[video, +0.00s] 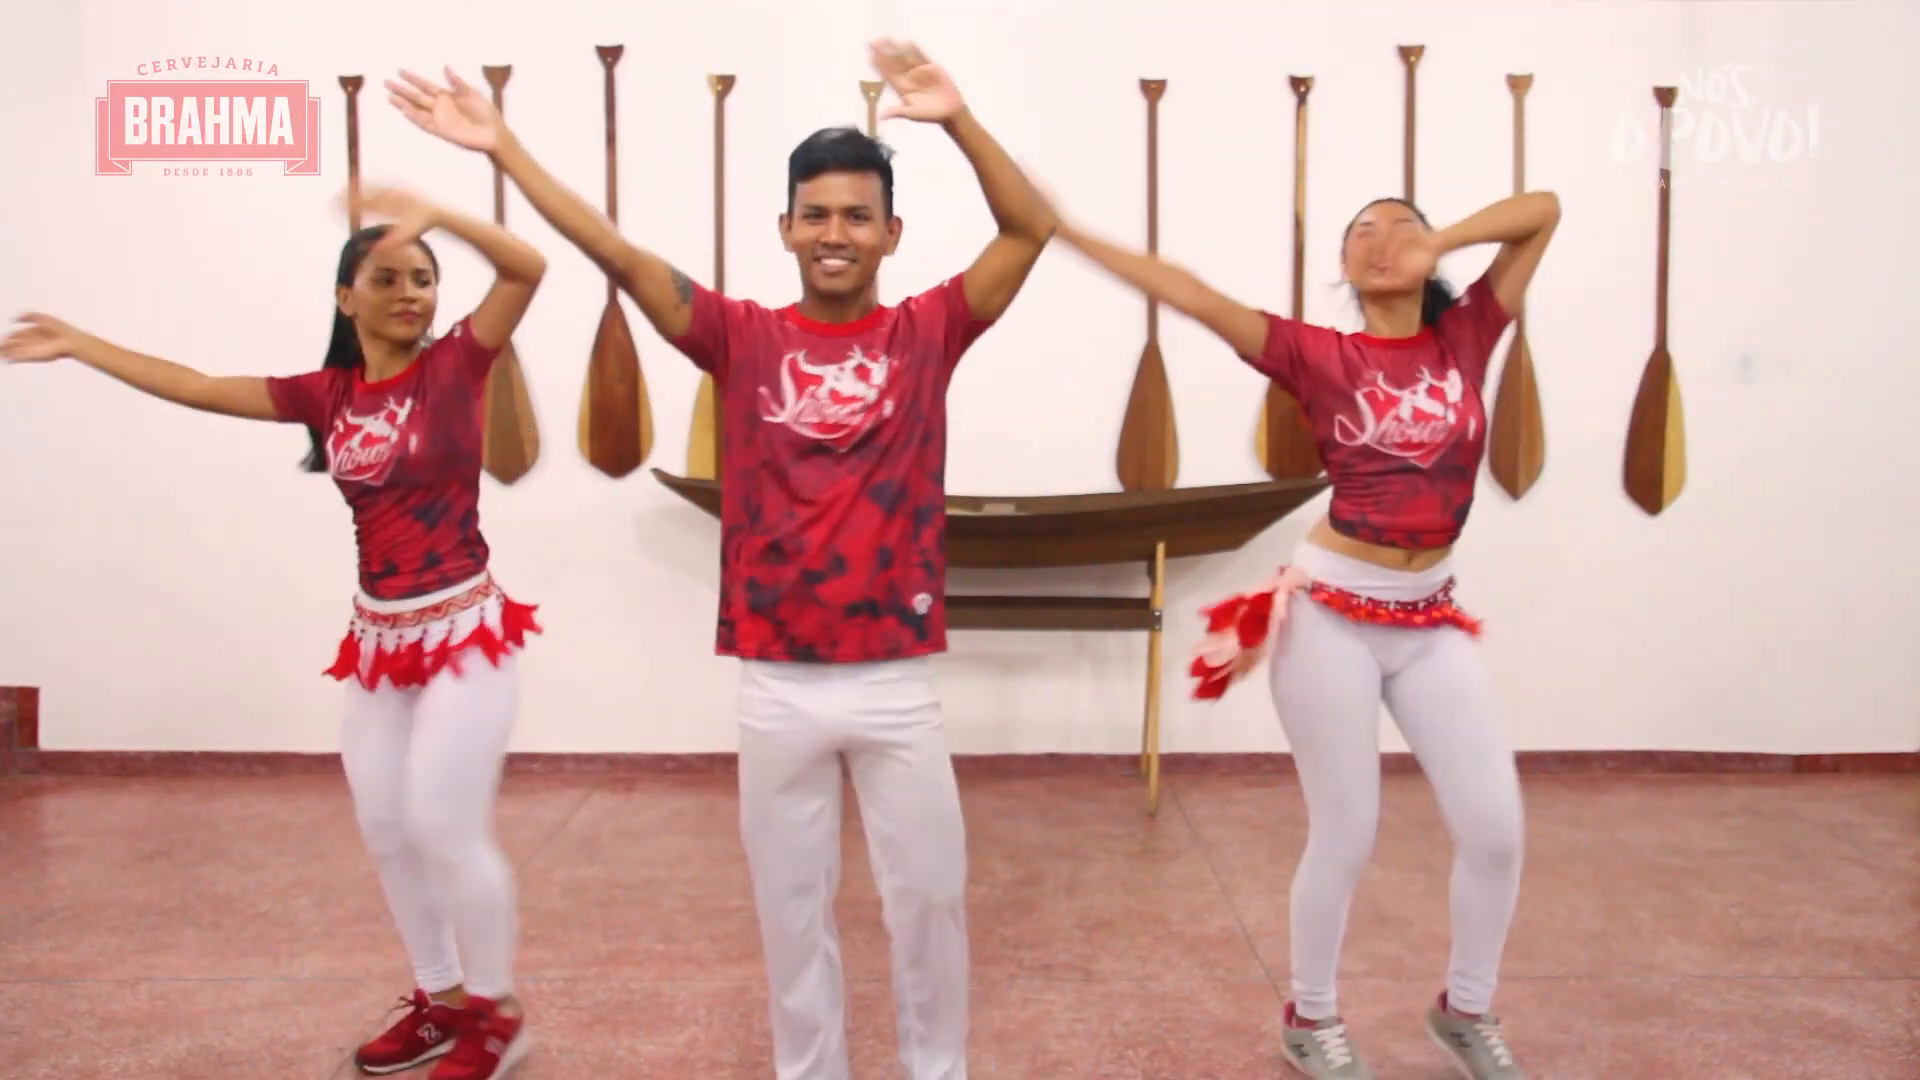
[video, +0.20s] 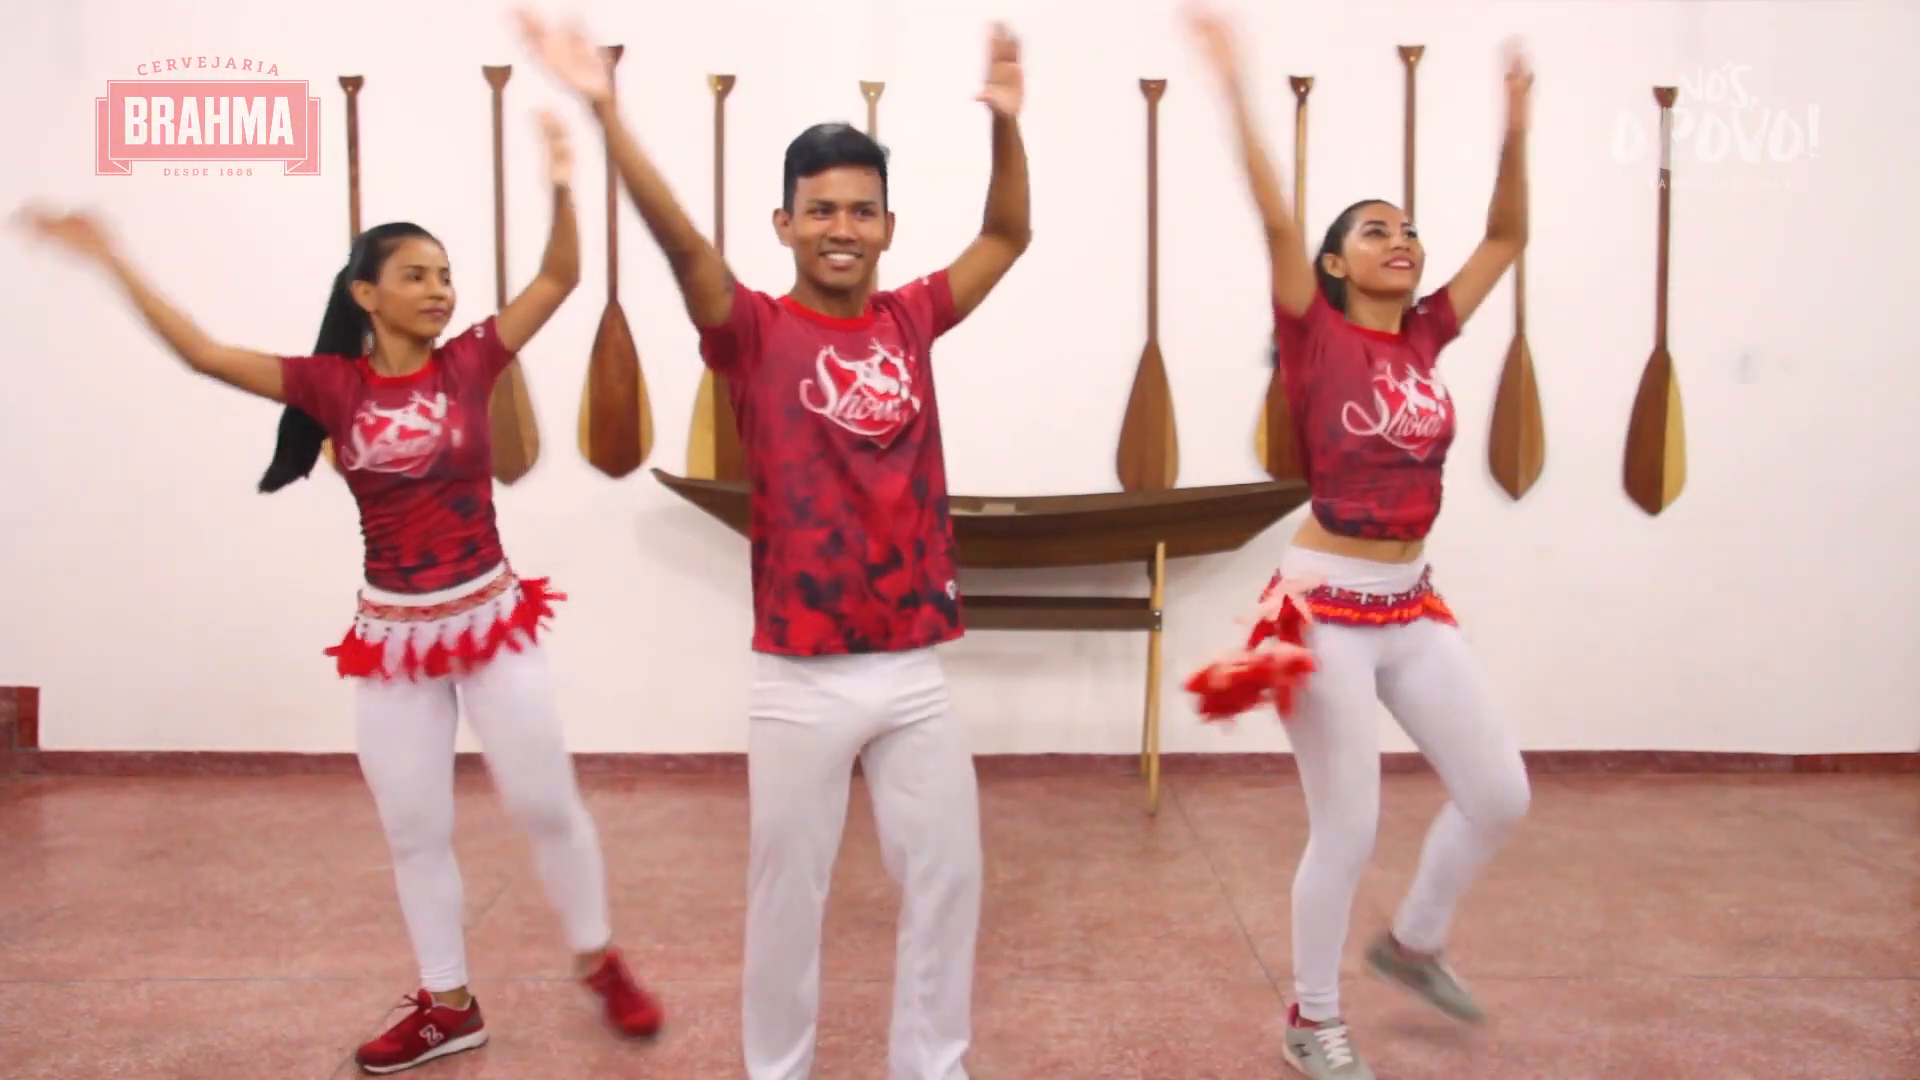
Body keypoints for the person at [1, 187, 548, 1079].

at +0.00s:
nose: (411, 293)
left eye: (423, 277)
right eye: (388, 278)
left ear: (437, 291)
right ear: (349, 295)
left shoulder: (459, 365)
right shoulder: (329, 394)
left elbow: (528, 267)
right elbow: (199, 387)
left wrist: (432, 209)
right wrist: (78, 343)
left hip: (470, 633)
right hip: (382, 640)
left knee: (444, 821)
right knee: (386, 827)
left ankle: (495, 1011)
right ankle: (441, 1000)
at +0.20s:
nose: (443, 290)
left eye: (447, 275)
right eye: (421, 276)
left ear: (452, 290)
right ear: (368, 295)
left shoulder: (472, 361)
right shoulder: (331, 384)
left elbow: (560, 274)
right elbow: (203, 352)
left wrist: (563, 180)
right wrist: (112, 257)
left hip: (495, 625)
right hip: (397, 639)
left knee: (548, 804)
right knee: (415, 831)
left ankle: (599, 960)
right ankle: (449, 1004)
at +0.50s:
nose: (506, 290)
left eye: (505, 276)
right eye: (486, 278)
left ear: (498, 293)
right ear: (433, 295)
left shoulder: (514, 367)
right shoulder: (399, 377)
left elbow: (603, 298)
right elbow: (335, 302)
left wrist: (677, 219)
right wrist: (389, 193)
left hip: (539, 615)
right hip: (448, 628)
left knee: (596, 779)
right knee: (444, 820)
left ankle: (636, 906)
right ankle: (449, 1000)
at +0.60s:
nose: (535, 297)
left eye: (533, 285)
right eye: (517, 286)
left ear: (526, 298)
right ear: (466, 299)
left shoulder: (545, 369)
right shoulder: (435, 382)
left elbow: (626, 307)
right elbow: (373, 305)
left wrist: (701, 244)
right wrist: (453, 213)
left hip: (567, 621)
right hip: (473, 630)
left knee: (605, 781)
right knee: (458, 819)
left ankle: (626, 912)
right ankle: (448, 1000)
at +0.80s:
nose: (587, 310)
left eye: (592, 297)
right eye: (570, 298)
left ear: (599, 310)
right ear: (529, 313)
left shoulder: (612, 383)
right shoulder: (497, 388)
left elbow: (685, 336)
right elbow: (433, 324)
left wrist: (759, 288)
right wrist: (532, 274)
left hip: (616, 629)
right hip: (526, 634)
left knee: (628, 796)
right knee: (487, 815)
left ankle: (618, 926)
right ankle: (432, 991)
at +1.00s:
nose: (626, 304)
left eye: (630, 294)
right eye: (608, 292)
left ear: (635, 315)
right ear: (568, 316)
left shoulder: (647, 394)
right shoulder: (534, 385)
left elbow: (740, 355)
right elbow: (457, 313)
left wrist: (834, 316)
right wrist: (556, 288)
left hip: (638, 621)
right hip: (550, 620)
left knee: (644, 787)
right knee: (494, 782)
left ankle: (618, 927)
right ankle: (441, 956)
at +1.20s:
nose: (630, 306)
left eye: (641, 297)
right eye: (615, 294)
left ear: (654, 321)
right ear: (580, 314)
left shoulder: (661, 399)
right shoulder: (541, 378)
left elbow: (768, 362)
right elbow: (452, 304)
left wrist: (867, 321)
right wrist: (547, 291)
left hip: (635, 615)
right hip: (545, 613)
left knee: (641, 789)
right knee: (531, 784)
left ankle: (615, 928)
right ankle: (528, 895)